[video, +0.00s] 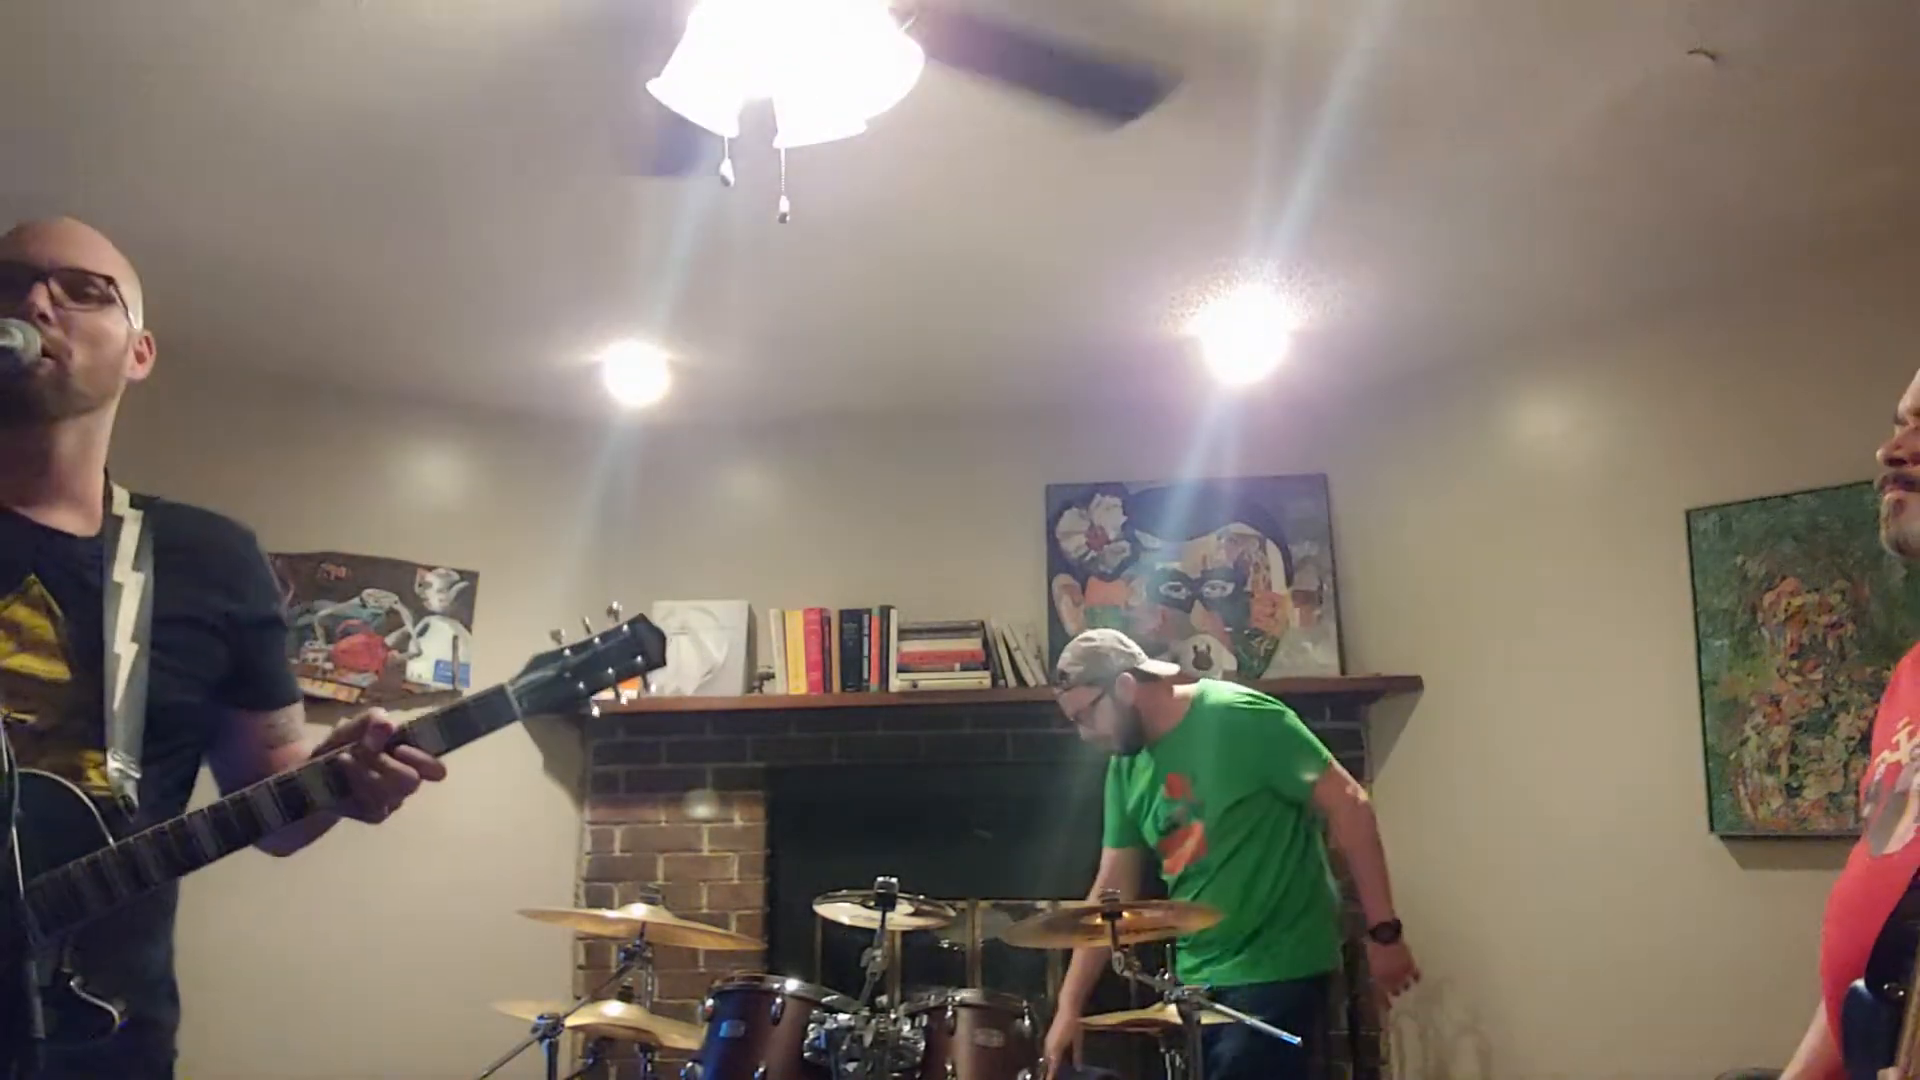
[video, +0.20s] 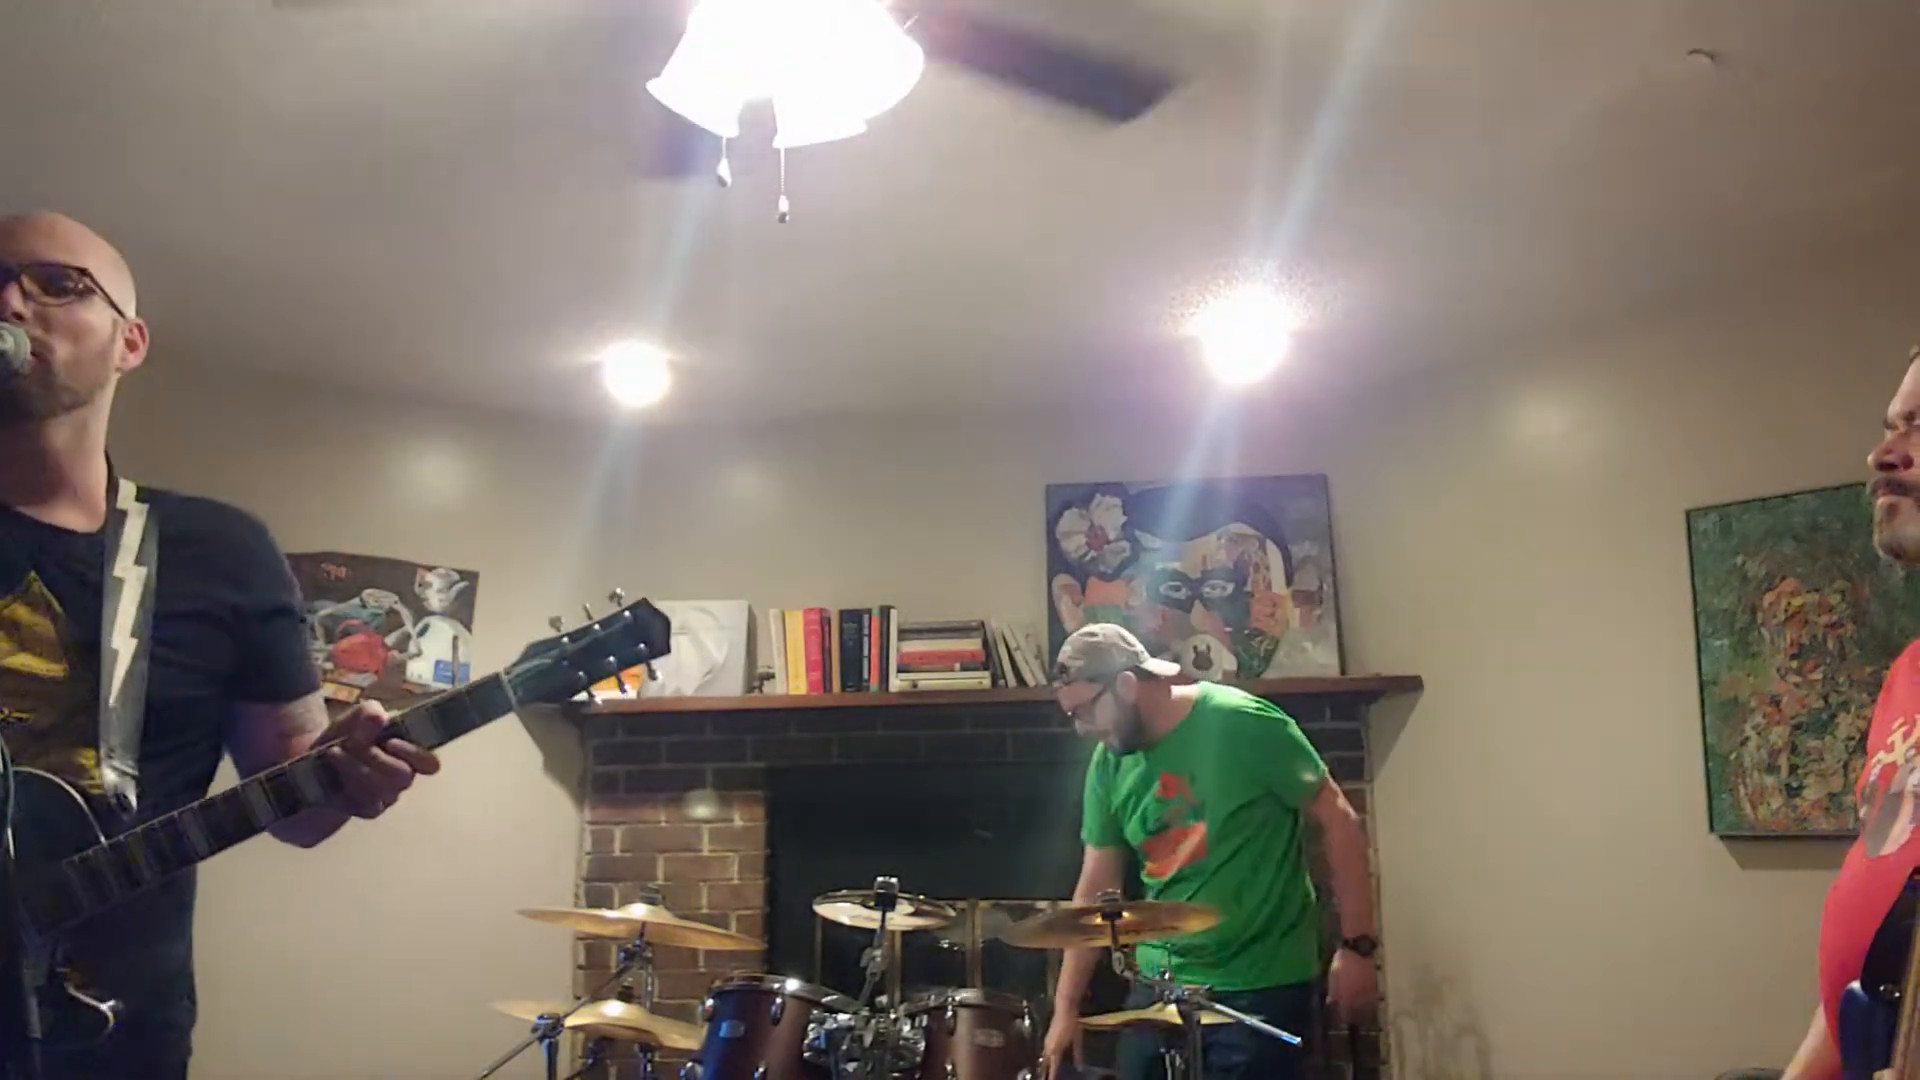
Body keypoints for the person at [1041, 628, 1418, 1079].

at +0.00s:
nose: (1086, 734)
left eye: (1086, 716)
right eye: (1077, 723)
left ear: (1125, 687)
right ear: (1125, 689)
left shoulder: (1241, 716)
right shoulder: (1126, 764)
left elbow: (1349, 803)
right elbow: (1111, 893)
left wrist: (1384, 931)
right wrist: (1069, 1005)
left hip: (1280, 976)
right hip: (1197, 980)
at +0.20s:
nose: (1081, 728)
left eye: (1083, 710)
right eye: (1072, 716)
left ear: (1127, 684)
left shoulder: (1248, 724)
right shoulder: (1110, 762)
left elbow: (1339, 819)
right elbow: (1095, 892)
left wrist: (1358, 945)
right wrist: (1066, 1006)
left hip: (1262, 991)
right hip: (1157, 990)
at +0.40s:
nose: (1077, 716)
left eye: (1082, 699)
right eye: (1069, 703)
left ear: (1126, 676)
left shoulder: (1241, 719)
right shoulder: (1099, 753)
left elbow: (1326, 816)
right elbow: (1087, 879)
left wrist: (1339, 942)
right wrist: (1057, 1001)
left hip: (1242, 977)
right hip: (1135, 970)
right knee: (1082, 1072)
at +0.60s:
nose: (1088, 685)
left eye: (1095, 669)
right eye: (1081, 672)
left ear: (1142, 650)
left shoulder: (1244, 719)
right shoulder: (1093, 729)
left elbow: (1319, 825)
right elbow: (1076, 855)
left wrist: (1329, 952)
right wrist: (1050, 966)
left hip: (1207, 973)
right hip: (1106, 960)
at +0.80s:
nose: (1093, 665)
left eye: (1108, 650)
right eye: (1085, 650)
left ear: (1162, 642)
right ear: (1078, 647)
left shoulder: (1232, 736)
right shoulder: (1069, 718)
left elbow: (1276, 853)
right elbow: (1030, 840)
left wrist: (1262, 970)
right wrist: (998, 957)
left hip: (1170, 980)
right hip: (1061, 964)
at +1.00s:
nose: (1084, 700)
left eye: (1103, 686)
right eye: (1075, 681)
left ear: (1145, 682)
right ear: (1064, 670)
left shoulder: (1180, 772)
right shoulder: (1017, 738)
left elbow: (1192, 912)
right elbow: (965, 843)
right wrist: (949, 964)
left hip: (1116, 988)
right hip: (1007, 975)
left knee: (1115, 1064)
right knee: (963, 1064)